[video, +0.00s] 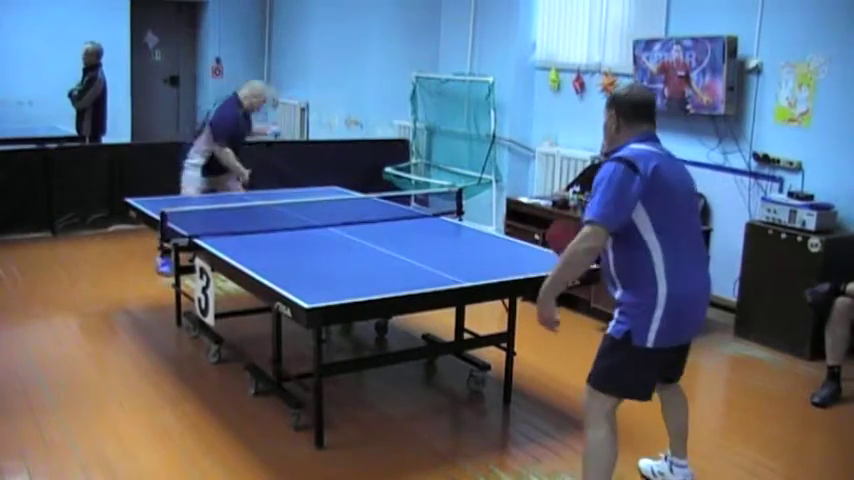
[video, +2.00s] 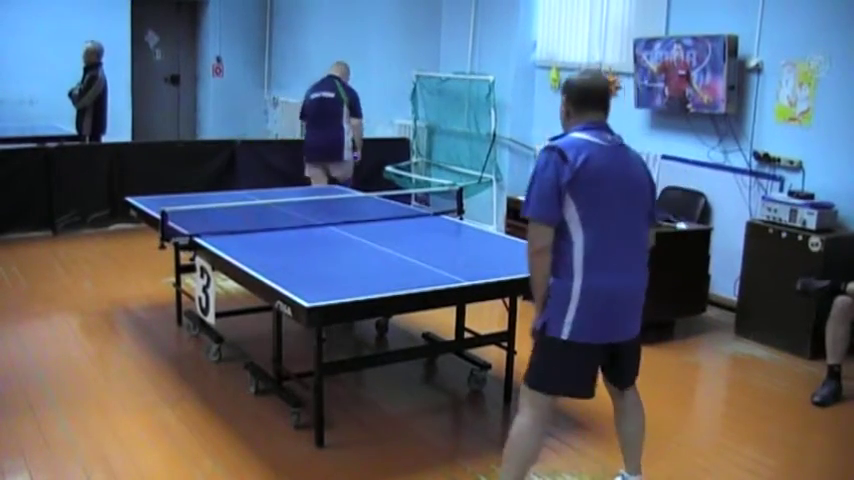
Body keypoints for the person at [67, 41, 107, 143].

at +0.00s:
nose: (84, 57)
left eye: (88, 54)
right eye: (84, 54)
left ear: (96, 57)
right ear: (83, 55)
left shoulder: (96, 77)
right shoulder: (87, 74)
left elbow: (81, 103)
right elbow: (77, 89)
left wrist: (73, 92)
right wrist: (76, 93)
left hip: (92, 129)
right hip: (84, 128)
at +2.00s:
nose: (84, 56)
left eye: (88, 53)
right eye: (85, 52)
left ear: (95, 55)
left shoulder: (96, 76)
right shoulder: (88, 73)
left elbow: (81, 101)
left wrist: (74, 92)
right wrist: (76, 93)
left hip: (92, 128)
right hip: (85, 127)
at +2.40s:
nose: (85, 57)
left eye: (89, 54)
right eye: (85, 53)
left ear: (98, 56)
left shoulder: (96, 76)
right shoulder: (88, 74)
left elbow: (81, 101)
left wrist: (74, 92)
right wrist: (76, 92)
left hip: (92, 128)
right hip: (85, 127)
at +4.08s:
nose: (83, 56)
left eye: (87, 53)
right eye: (83, 53)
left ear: (94, 55)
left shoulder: (95, 76)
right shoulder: (87, 73)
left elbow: (80, 102)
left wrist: (73, 92)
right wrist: (76, 92)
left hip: (91, 128)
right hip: (84, 127)